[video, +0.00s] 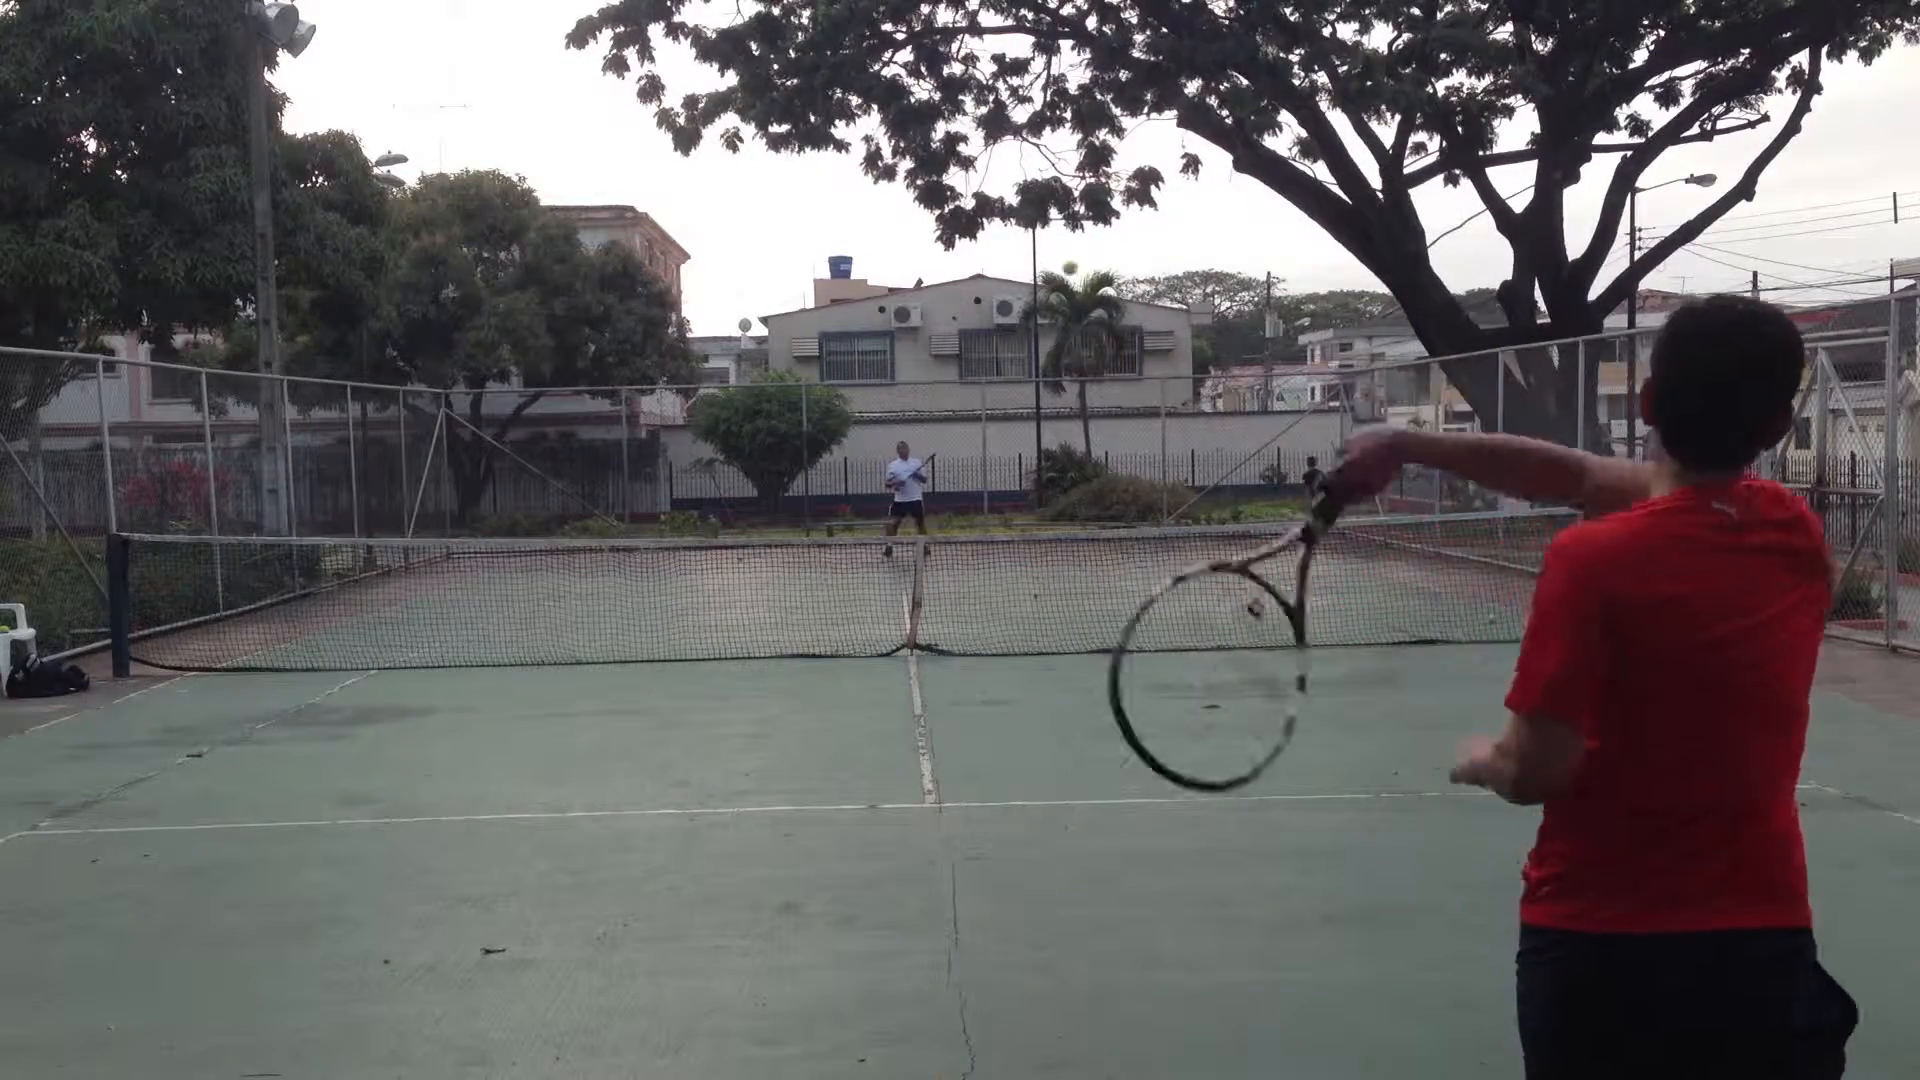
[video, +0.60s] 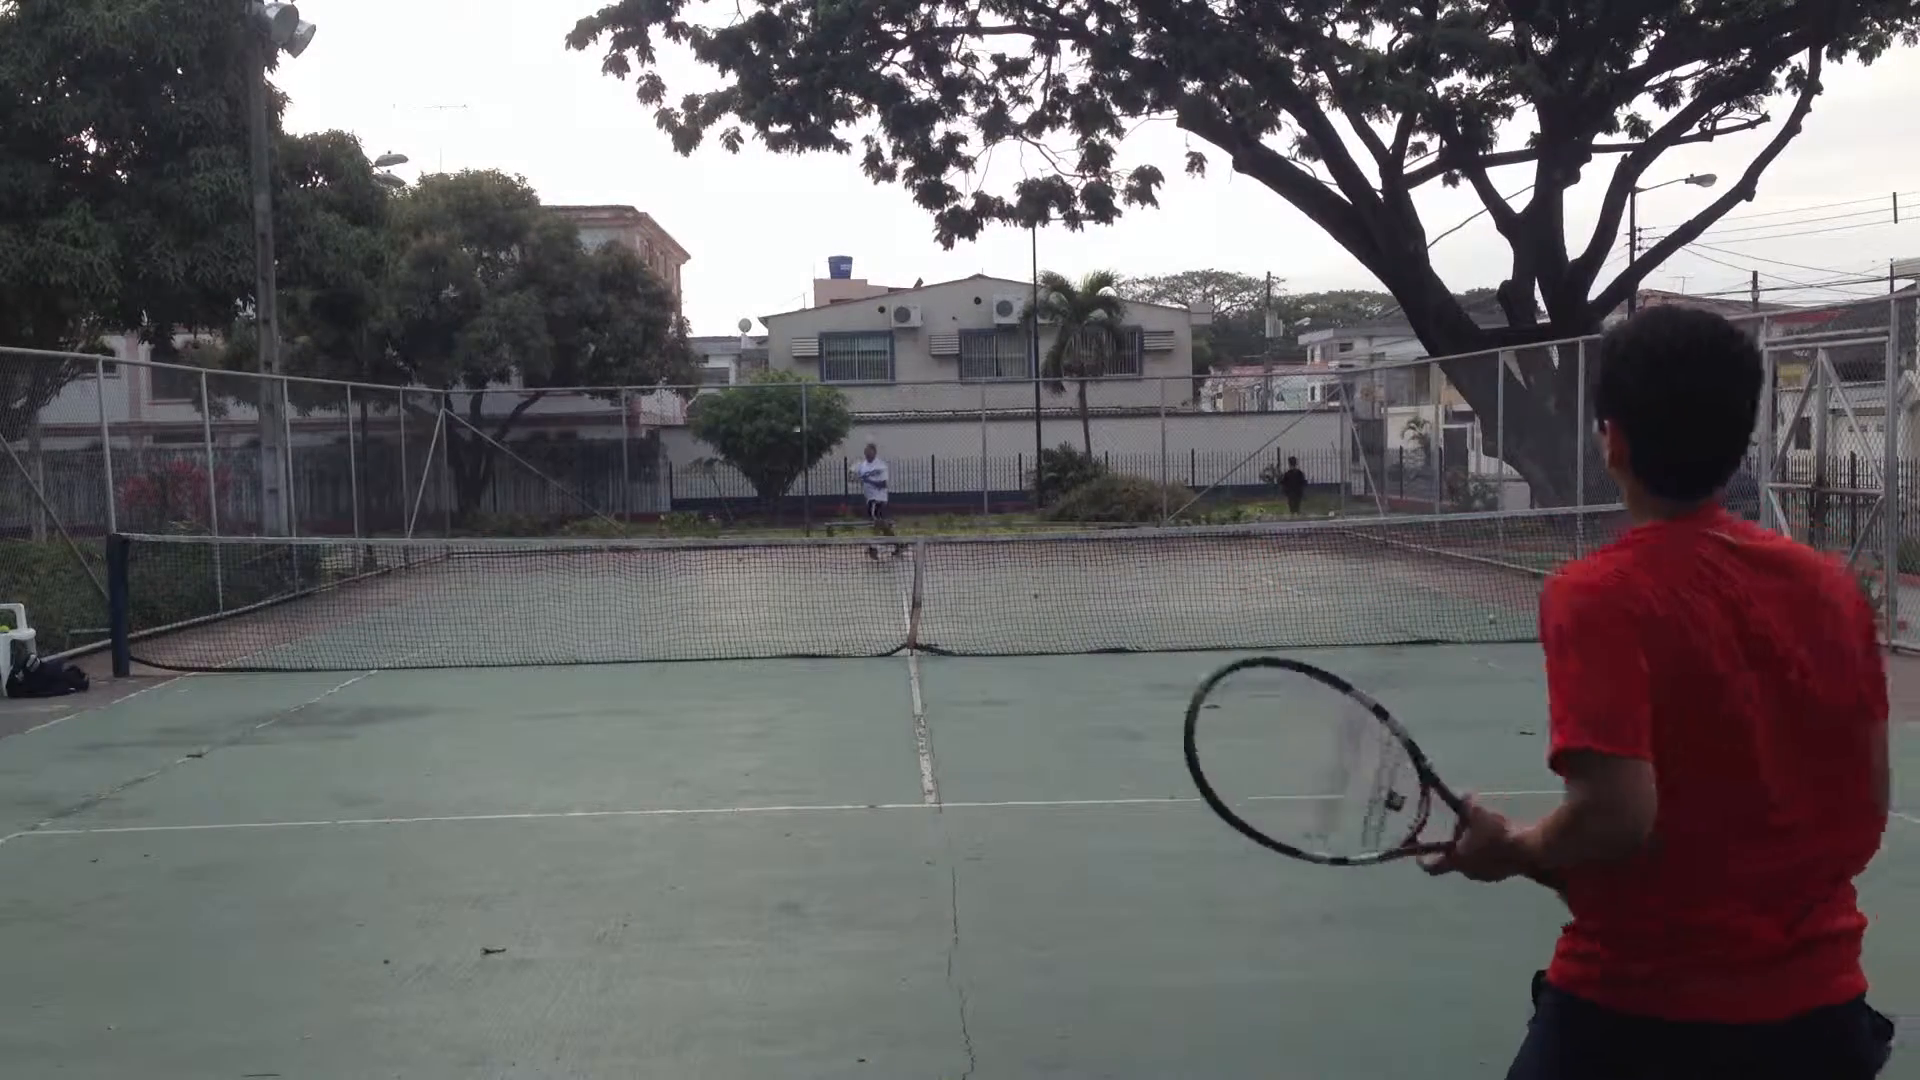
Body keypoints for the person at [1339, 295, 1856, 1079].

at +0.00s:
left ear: (1646, 400)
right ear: (1779, 424)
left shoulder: (1593, 557)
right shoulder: (1799, 539)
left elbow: (1538, 771)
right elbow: (1584, 474)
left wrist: (1482, 758)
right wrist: (1404, 443)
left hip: (1597, 947)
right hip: (1760, 940)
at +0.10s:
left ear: (1663, 405)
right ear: (1794, 424)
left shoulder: (1625, 560)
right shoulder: (1812, 535)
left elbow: (1603, 782)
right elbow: (1633, 513)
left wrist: (1512, 771)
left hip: (1635, 961)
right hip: (1799, 953)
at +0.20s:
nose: (1661, 420)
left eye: (1664, 402)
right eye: (1669, 398)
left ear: (1676, 424)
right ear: (1803, 434)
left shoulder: (1667, 588)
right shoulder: (1830, 552)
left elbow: (1678, 817)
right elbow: (1630, 595)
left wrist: (1550, 805)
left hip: (1679, 997)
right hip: (1840, 985)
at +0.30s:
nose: (1663, 431)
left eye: (1665, 413)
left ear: (1677, 433)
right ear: (1808, 435)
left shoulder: (1703, 594)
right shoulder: (1840, 571)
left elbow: (1748, 823)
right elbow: (1749, 712)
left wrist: (1580, 834)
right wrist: (1580, 741)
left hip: (1712, 1011)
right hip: (1866, 997)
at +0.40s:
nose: (1651, 430)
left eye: (1653, 410)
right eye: (1653, 408)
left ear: (1669, 432)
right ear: (1789, 433)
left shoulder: (1687, 579)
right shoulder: (1845, 566)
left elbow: (1763, 796)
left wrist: (1593, 840)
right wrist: (1632, 807)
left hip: (1705, 1010)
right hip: (1866, 1003)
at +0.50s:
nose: (1632, 426)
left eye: (1632, 407)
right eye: (1632, 404)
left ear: (1647, 429)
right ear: (1775, 426)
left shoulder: (1651, 577)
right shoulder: (1847, 568)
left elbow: (1705, 793)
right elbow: (1872, 799)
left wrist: (1561, 832)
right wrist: (1628, 854)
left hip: (1672, 1018)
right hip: (1848, 1010)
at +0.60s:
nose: (1602, 436)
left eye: (1602, 419)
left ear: (1613, 443)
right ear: (1740, 437)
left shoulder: (1596, 592)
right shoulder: (1829, 586)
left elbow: (1615, 816)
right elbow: (1866, 808)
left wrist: (1512, 846)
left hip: (1628, 1027)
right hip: (1815, 1023)